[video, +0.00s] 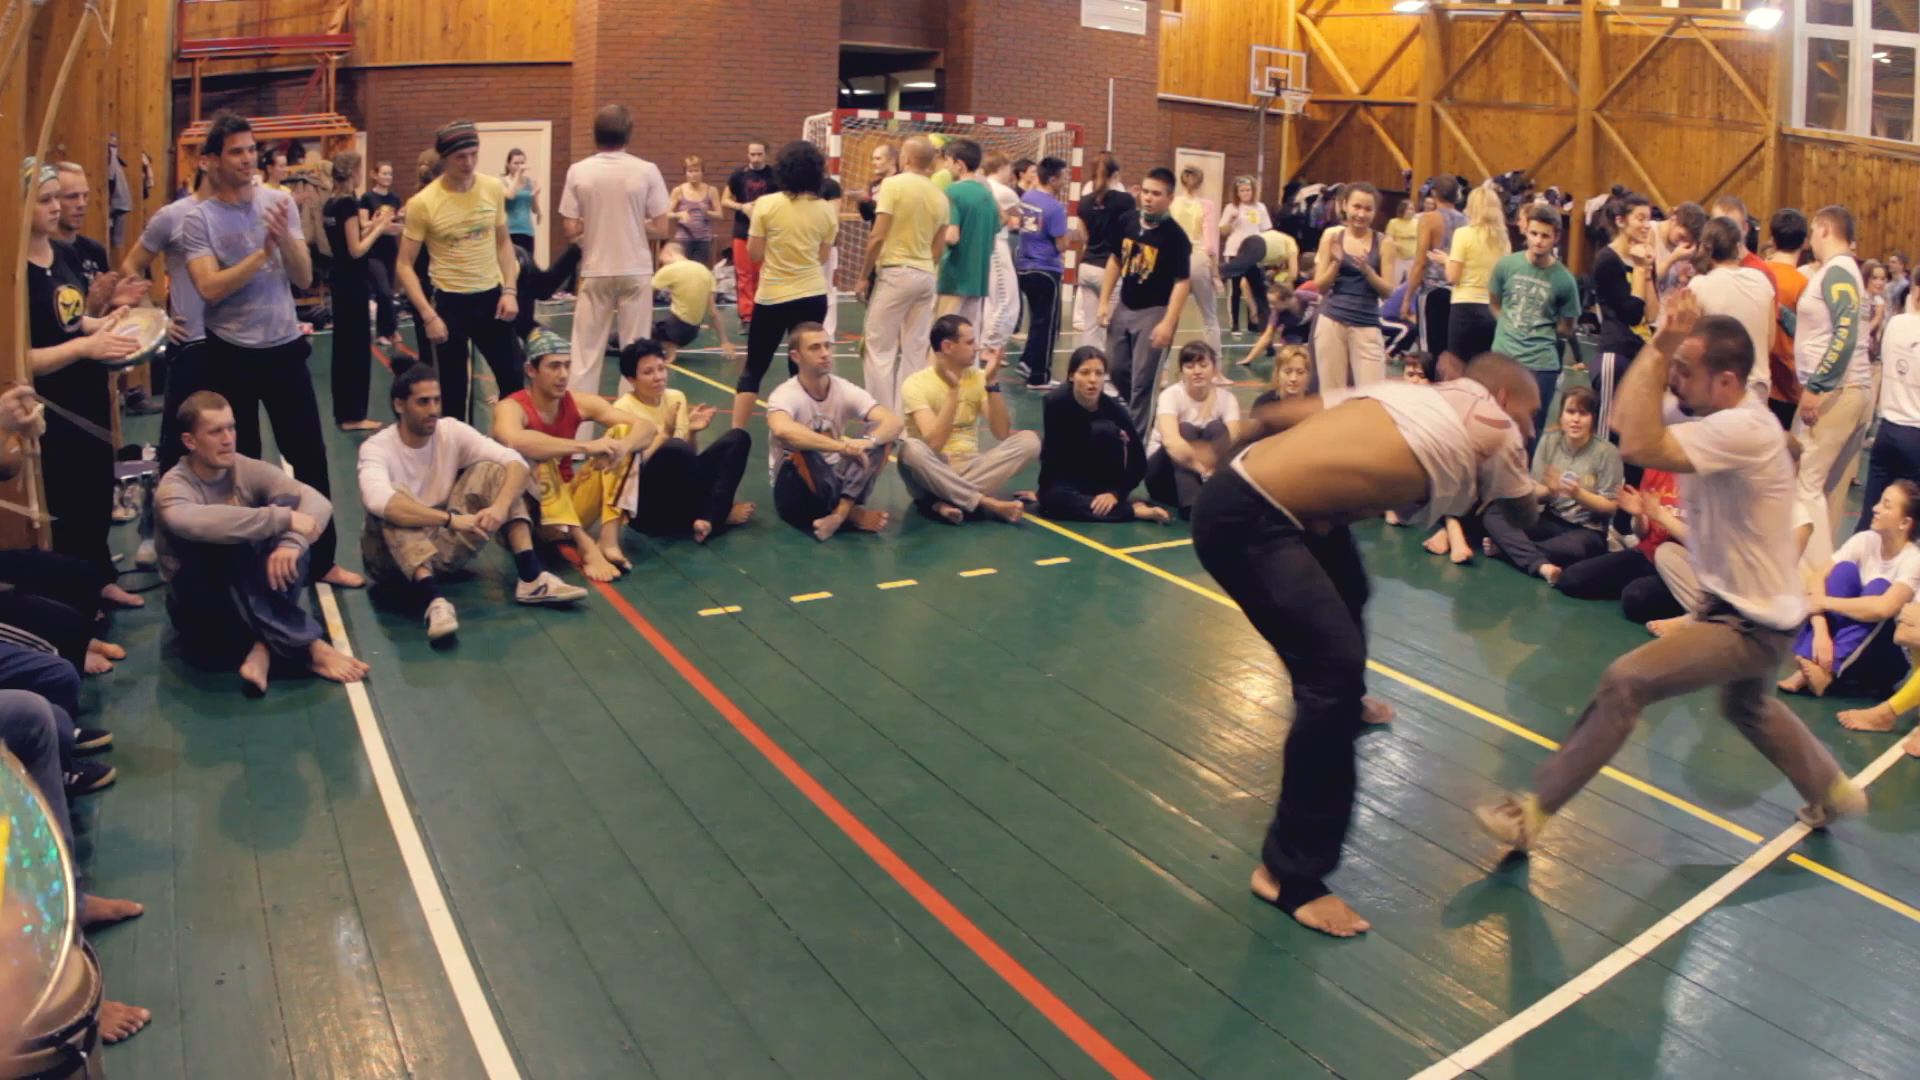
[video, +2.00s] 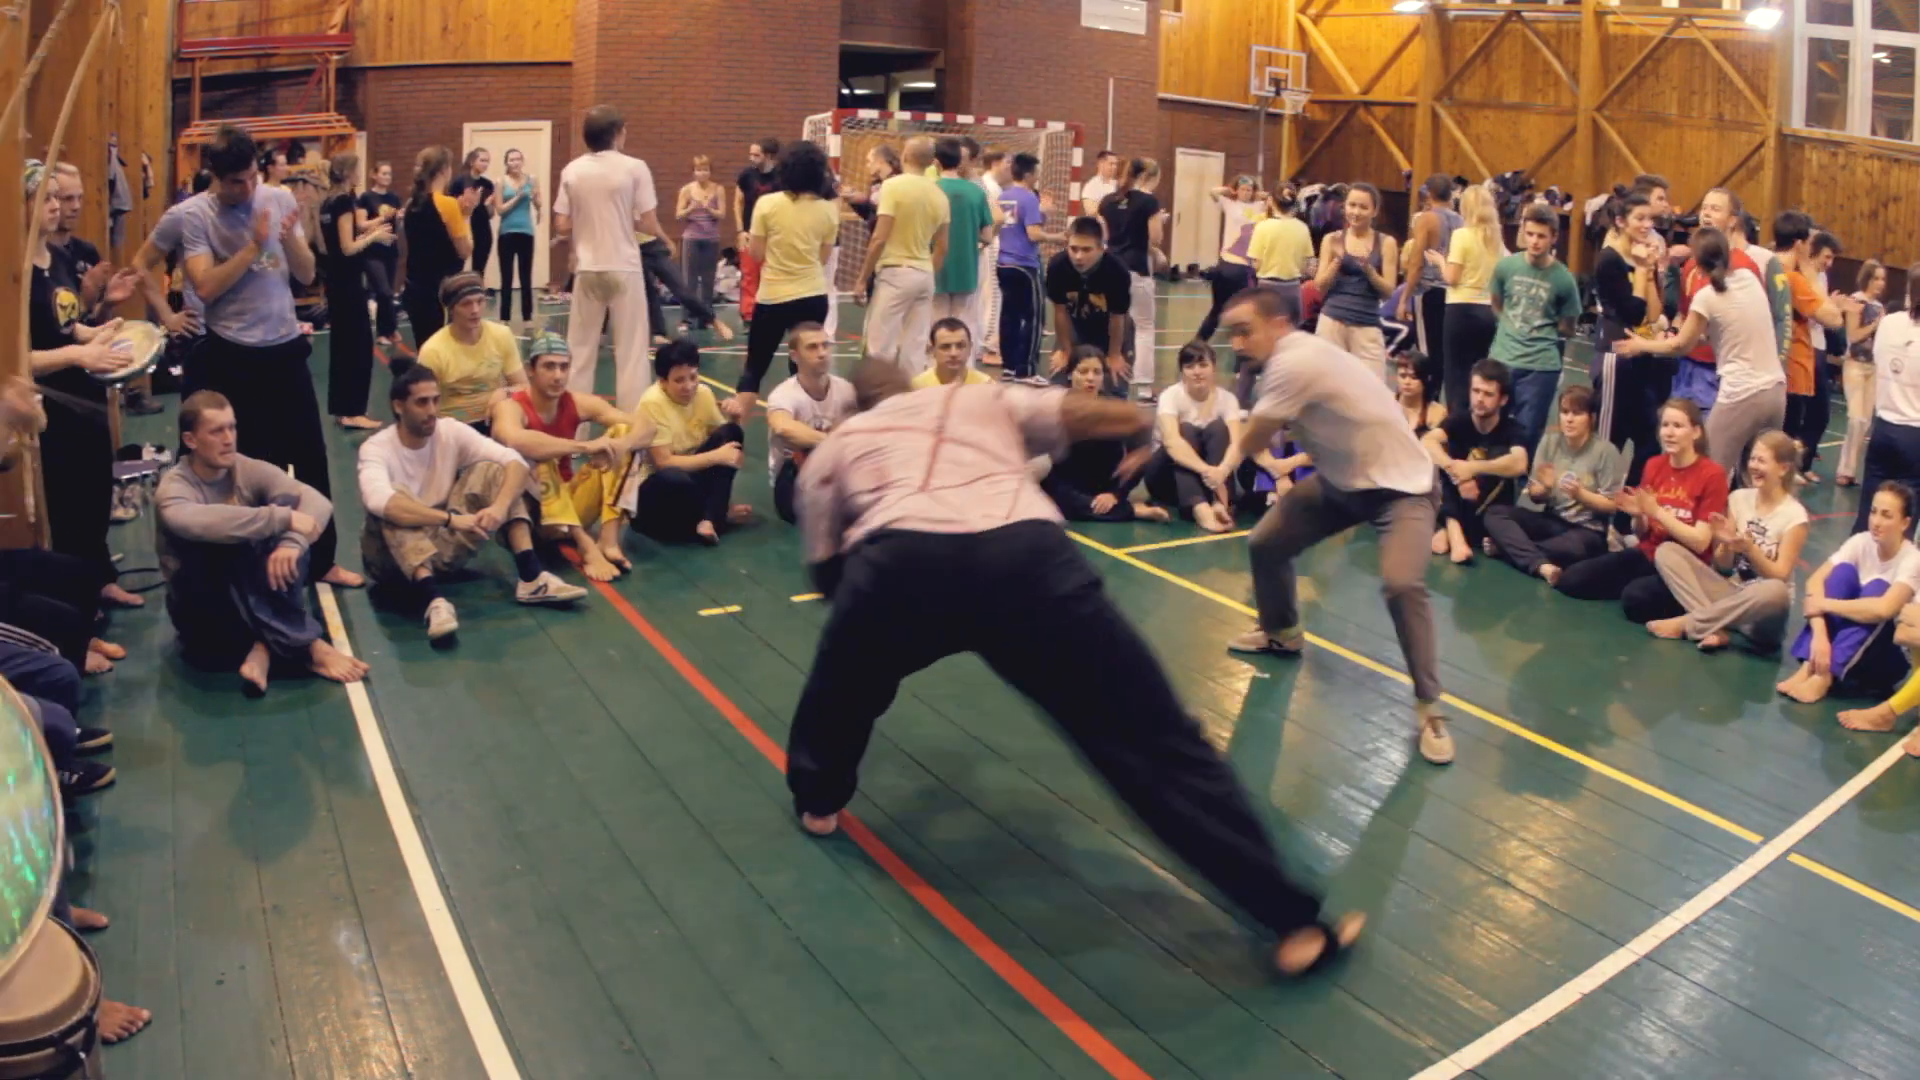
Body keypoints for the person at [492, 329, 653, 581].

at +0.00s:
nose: (563, 375)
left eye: (567, 366)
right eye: (554, 367)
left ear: (572, 367)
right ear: (531, 370)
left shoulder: (583, 403)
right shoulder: (511, 407)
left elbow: (646, 427)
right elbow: (514, 441)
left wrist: (624, 445)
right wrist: (585, 446)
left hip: (570, 507)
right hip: (525, 513)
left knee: (621, 448)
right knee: (541, 464)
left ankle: (609, 538)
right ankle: (587, 546)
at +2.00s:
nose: (558, 375)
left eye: (564, 367)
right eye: (549, 367)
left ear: (570, 370)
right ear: (531, 370)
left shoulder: (580, 404)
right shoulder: (510, 407)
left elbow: (646, 426)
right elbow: (513, 440)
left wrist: (621, 445)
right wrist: (584, 446)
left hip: (571, 506)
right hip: (527, 510)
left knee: (622, 432)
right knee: (542, 465)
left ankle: (609, 537)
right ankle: (586, 545)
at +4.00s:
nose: (563, 382)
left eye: (567, 373)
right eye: (554, 373)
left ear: (572, 372)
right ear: (531, 374)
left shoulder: (578, 402)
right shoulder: (510, 407)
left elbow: (646, 428)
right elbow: (508, 439)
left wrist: (625, 451)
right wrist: (583, 450)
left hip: (572, 504)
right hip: (528, 510)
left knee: (623, 432)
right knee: (542, 466)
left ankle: (609, 536)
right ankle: (587, 546)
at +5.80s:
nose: (561, 381)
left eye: (566, 372)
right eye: (552, 373)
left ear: (571, 371)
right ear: (530, 372)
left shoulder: (578, 401)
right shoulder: (508, 408)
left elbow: (644, 427)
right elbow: (508, 439)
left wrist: (626, 450)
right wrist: (582, 452)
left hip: (570, 507)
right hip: (526, 512)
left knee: (624, 433)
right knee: (539, 465)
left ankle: (609, 537)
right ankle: (586, 546)